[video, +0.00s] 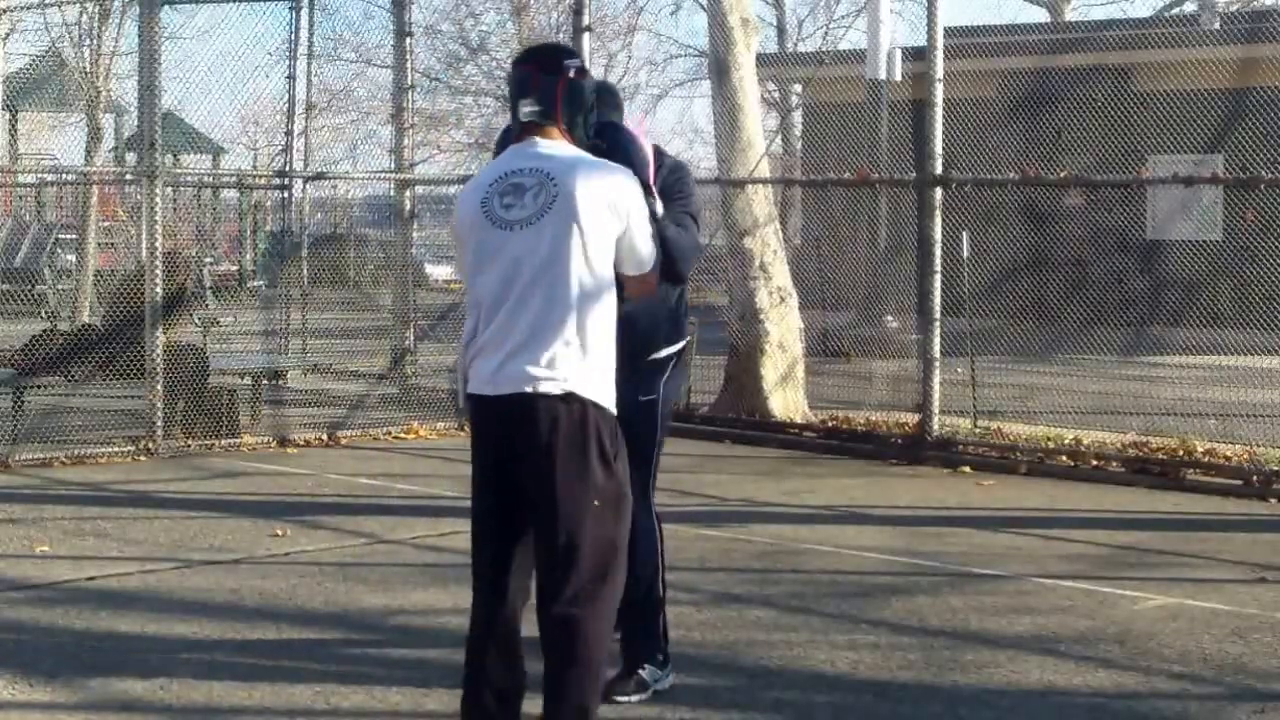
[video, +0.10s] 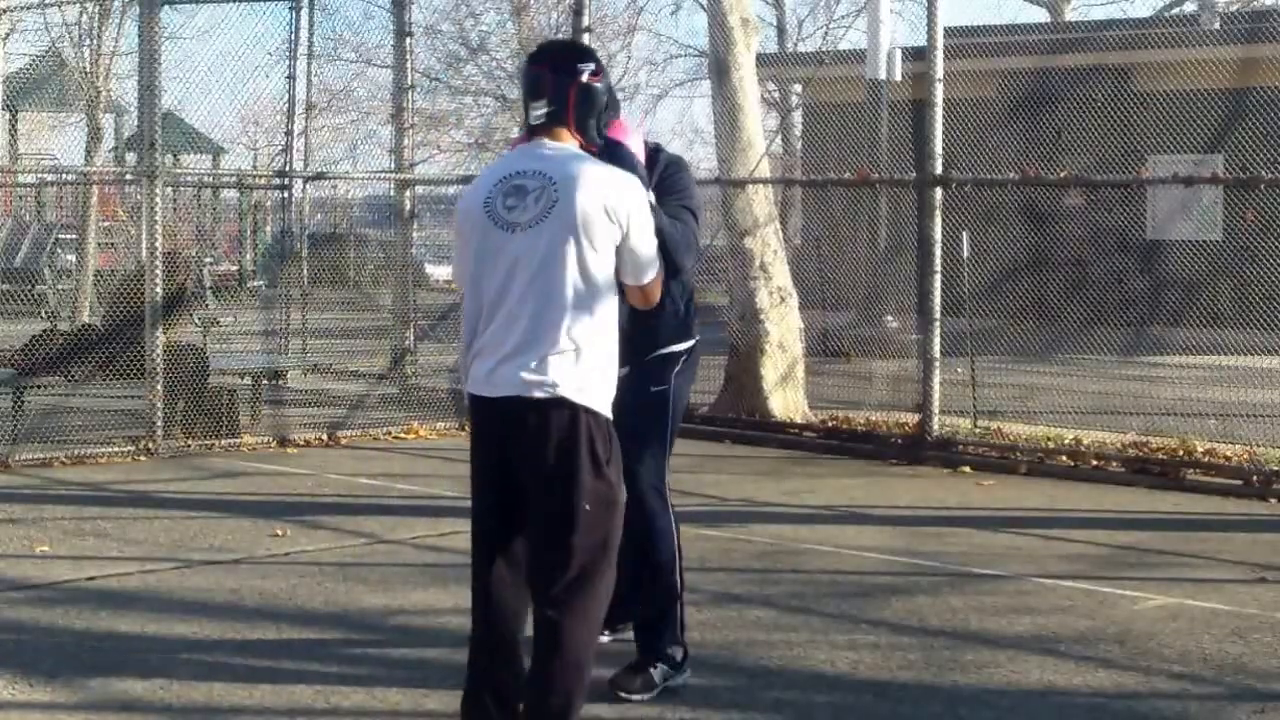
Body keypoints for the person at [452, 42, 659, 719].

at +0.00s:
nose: (587, 105)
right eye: (582, 94)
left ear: (512, 107)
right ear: (577, 100)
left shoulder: (474, 190)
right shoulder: (610, 180)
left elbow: (483, 277)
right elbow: (642, 282)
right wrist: (564, 280)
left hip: (489, 400)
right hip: (574, 401)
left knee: (495, 580)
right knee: (583, 582)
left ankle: (487, 709)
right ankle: (573, 707)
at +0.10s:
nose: (606, 110)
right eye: (601, 98)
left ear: (528, 102)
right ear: (591, 103)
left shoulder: (479, 187)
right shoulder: (616, 186)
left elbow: (470, 284)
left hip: (490, 402)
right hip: (575, 407)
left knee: (498, 565)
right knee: (579, 576)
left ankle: (489, 707)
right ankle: (552, 707)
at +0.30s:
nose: (650, 133)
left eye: (649, 119)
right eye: (647, 119)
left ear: (574, 110)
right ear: (633, 121)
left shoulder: (509, 175)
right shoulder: (627, 204)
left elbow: (451, 262)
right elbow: (655, 320)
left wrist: (531, 270)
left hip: (503, 400)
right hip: (577, 411)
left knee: (523, 565)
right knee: (581, 581)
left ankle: (493, 702)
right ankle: (549, 708)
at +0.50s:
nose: (656, 134)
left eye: (656, 121)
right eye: (650, 121)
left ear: (586, 110)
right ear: (626, 122)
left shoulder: (534, 165)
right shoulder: (621, 209)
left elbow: (476, 220)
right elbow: (662, 323)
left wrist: (542, 260)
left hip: (507, 400)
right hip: (573, 413)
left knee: (530, 566)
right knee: (583, 584)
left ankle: (518, 701)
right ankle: (548, 706)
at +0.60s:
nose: (651, 135)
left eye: (651, 121)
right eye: (646, 121)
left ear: (584, 111)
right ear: (621, 121)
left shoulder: (532, 168)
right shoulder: (613, 210)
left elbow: (492, 212)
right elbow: (658, 323)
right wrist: (657, 230)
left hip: (511, 400)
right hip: (570, 412)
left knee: (532, 576)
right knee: (569, 588)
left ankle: (525, 706)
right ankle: (548, 708)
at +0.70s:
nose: (648, 131)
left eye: (648, 118)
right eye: (643, 118)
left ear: (581, 112)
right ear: (621, 120)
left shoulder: (528, 173)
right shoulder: (613, 205)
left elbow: (488, 224)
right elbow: (660, 317)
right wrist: (666, 225)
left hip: (513, 394)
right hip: (571, 406)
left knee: (542, 562)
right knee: (570, 574)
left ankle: (531, 696)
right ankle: (541, 706)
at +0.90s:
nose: (648, 124)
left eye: (646, 110)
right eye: (642, 109)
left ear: (573, 106)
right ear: (623, 112)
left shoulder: (533, 174)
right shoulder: (612, 193)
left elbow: (579, 267)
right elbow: (673, 300)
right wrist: (667, 228)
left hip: (516, 388)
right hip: (568, 397)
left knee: (535, 552)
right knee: (569, 560)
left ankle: (532, 694)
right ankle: (539, 703)